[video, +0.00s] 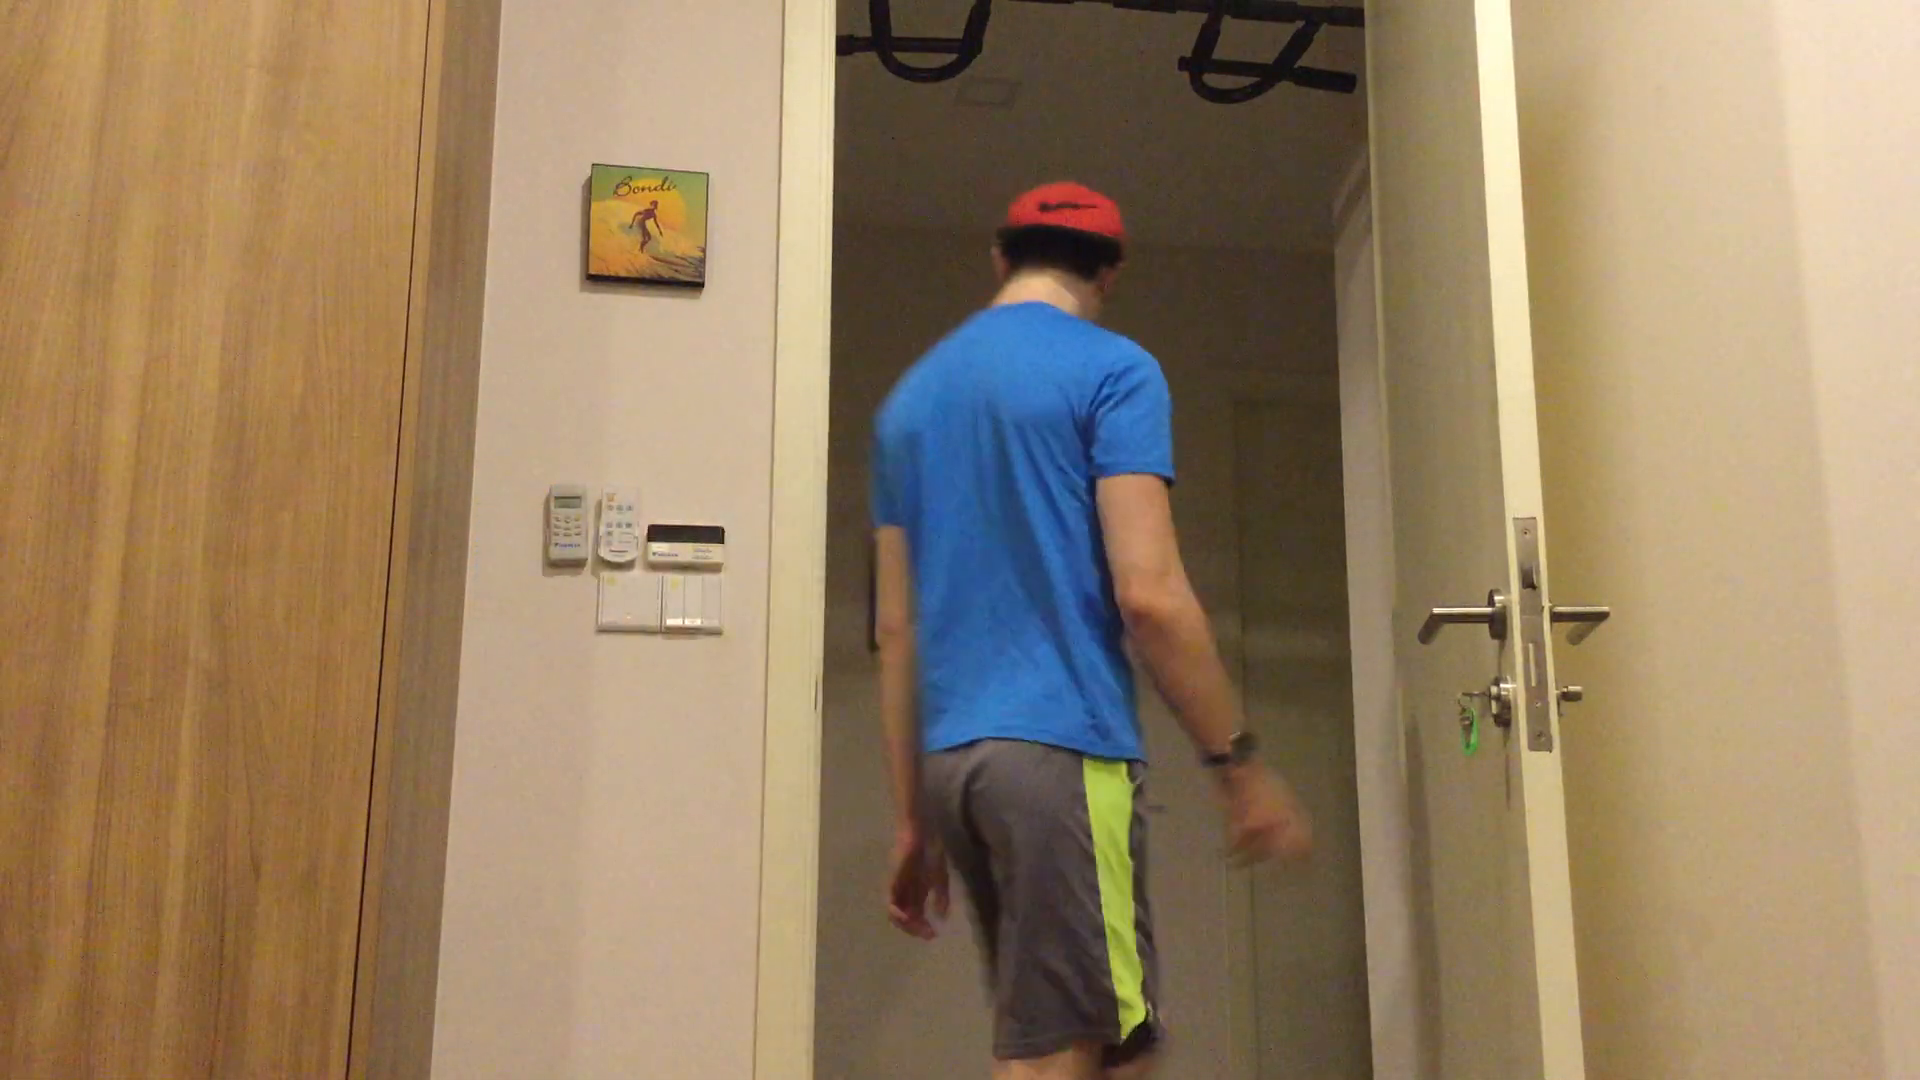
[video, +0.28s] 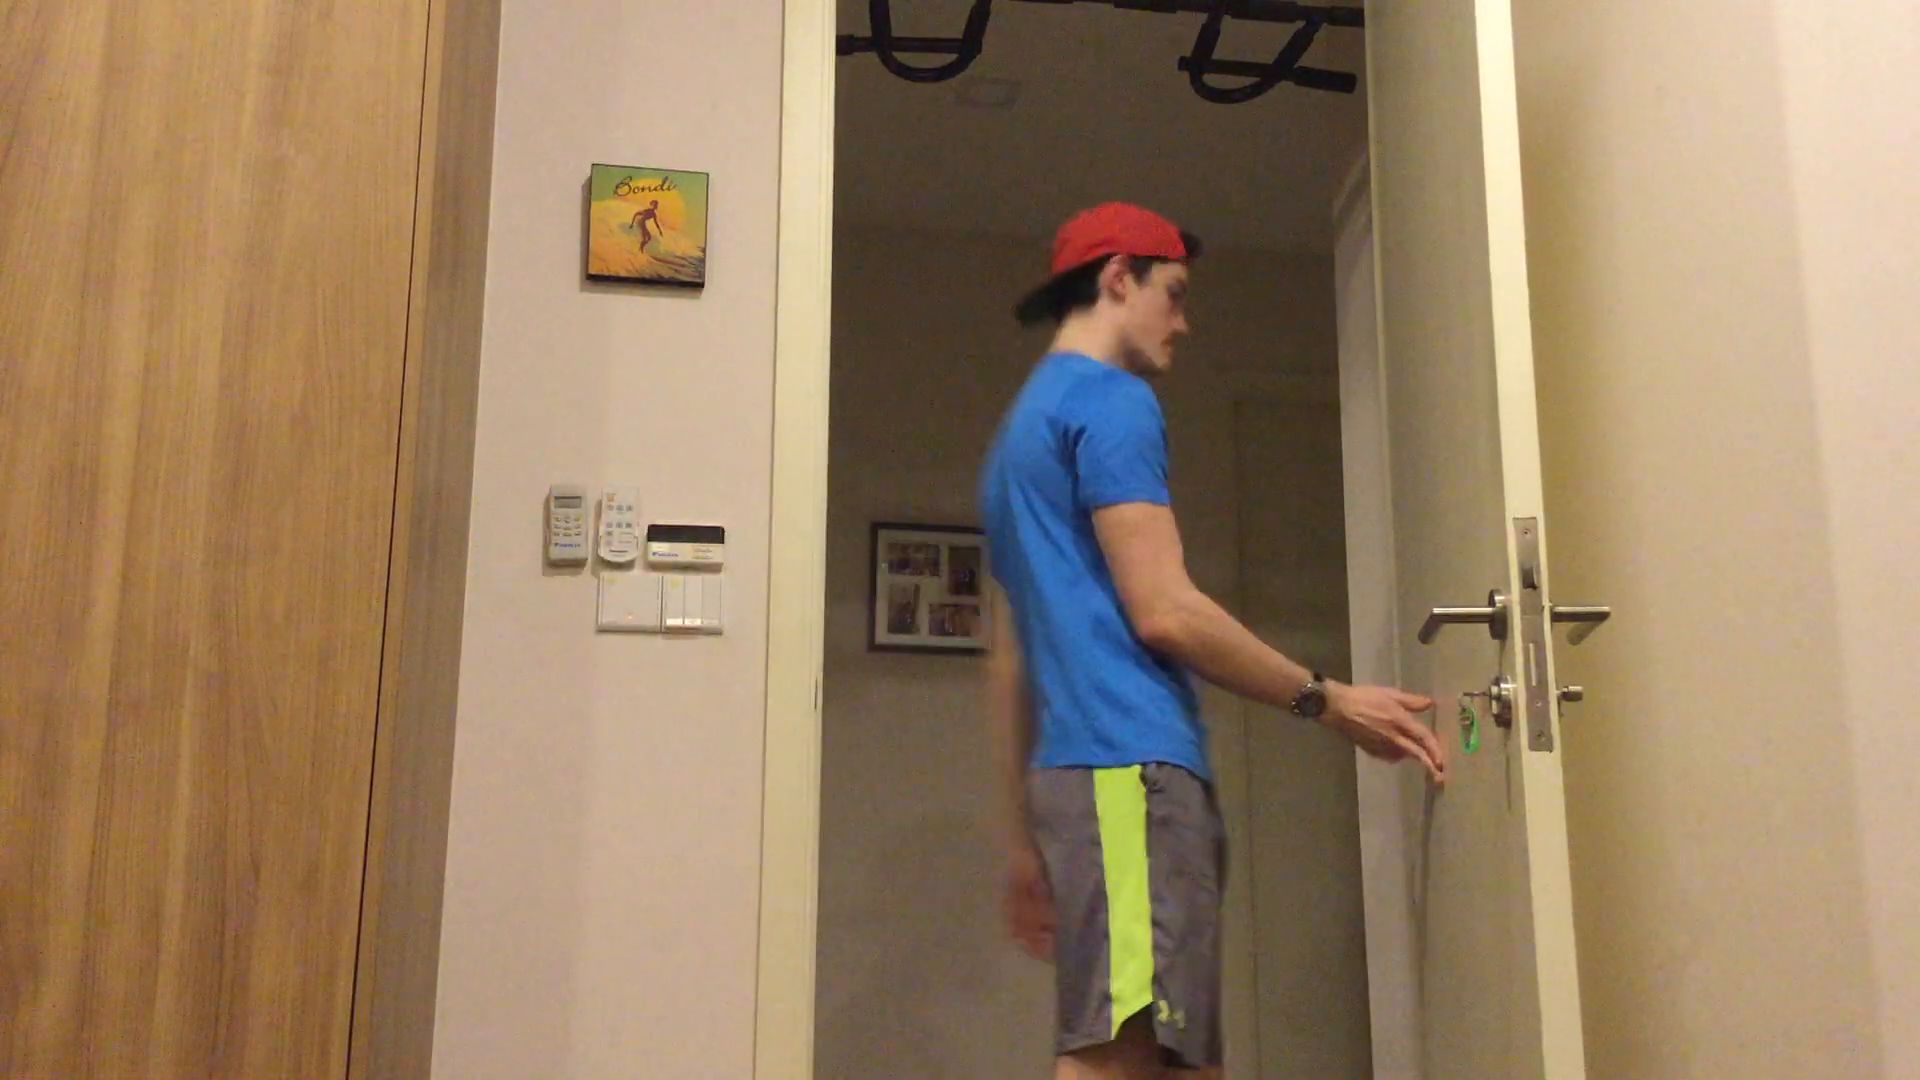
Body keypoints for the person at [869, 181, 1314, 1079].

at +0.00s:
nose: (1107, 293)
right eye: (1110, 278)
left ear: (1001, 261)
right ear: (1106, 274)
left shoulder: (909, 398)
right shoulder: (1111, 366)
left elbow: (895, 634)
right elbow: (1148, 593)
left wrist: (912, 816)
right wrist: (1240, 765)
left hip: (952, 766)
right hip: (1060, 759)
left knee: (1119, 1045)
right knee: (1047, 1054)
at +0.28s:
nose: (1183, 324)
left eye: (1184, 299)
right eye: (1173, 293)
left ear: (1109, 287)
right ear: (1118, 282)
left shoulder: (1023, 427)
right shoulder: (1106, 398)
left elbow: (1008, 656)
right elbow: (1163, 609)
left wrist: (1024, 835)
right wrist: (1329, 700)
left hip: (1086, 771)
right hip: (1127, 770)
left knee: (1168, 1054)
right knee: (1116, 1051)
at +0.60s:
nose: (1202, 314)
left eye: (1209, 299)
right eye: (1174, 299)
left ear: (1219, 315)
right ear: (1123, 324)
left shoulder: (1175, 467)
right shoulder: (1118, 434)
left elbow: (1191, 685)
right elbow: (1176, 615)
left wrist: (1250, 827)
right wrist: (1336, 710)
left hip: (1173, 789)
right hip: (1119, 778)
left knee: (1175, 1055)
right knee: (1171, 1055)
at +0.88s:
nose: (1160, 333)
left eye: (1174, 317)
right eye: (1134, 323)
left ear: (1196, 338)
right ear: (1102, 351)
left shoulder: (1233, 504)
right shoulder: (1082, 464)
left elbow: (1230, 681)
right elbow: (1089, 635)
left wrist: (1236, 836)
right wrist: (1191, 760)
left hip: (1197, 804)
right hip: (1090, 799)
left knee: (1184, 1056)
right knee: (1081, 1052)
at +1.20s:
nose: (1079, 361)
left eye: (1095, 342)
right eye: (1057, 348)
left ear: (1126, 354)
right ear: (1035, 372)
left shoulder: (1182, 508)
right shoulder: (1001, 497)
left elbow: (1220, 672)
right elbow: (974, 668)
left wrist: (1262, 818)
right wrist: (982, 823)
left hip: (1148, 814)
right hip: (1031, 812)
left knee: (1168, 1057)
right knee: (1024, 1052)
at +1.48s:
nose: (1046, 384)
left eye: (1064, 361)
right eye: (1027, 364)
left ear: (1098, 359)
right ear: (1008, 368)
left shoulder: (1163, 492)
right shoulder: (972, 499)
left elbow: (1191, 654)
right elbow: (952, 658)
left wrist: (1206, 801)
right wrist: (931, 769)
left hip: (1118, 804)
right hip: (994, 801)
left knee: (1132, 1047)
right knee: (999, 1042)